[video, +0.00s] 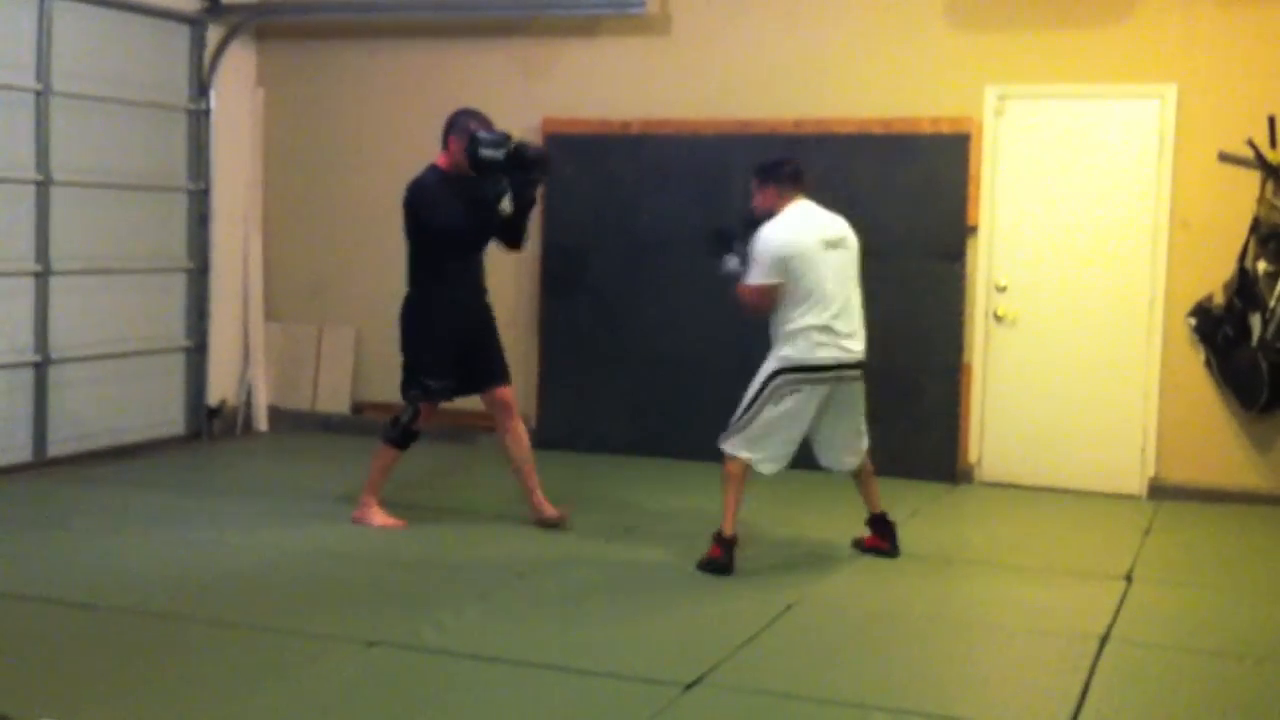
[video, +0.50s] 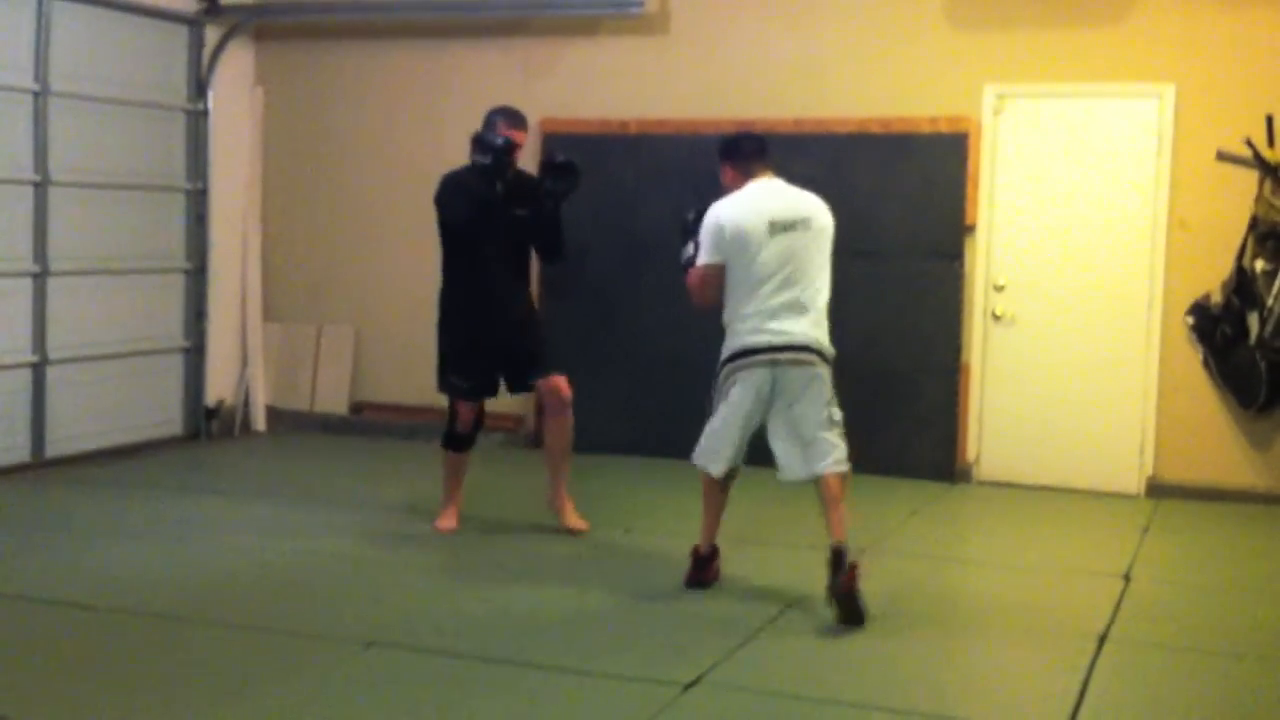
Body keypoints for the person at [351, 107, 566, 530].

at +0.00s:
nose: (481, 153)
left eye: (485, 144)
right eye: (475, 143)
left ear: (486, 147)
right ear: (452, 142)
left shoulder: (478, 187)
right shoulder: (425, 189)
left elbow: (512, 237)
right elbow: (459, 239)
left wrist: (525, 188)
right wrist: (489, 190)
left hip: (472, 311)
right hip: (429, 313)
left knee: (503, 401)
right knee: (418, 409)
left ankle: (538, 501)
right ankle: (367, 502)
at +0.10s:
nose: (490, 156)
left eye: (494, 147)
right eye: (483, 146)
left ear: (495, 151)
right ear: (461, 144)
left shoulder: (489, 194)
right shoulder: (432, 193)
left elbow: (533, 236)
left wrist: (534, 185)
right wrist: (492, 187)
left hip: (483, 317)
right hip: (439, 319)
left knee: (510, 407)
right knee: (426, 415)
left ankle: (539, 507)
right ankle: (368, 502)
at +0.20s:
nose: (503, 154)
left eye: (511, 147)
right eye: (497, 145)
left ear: (516, 150)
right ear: (477, 141)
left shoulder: (513, 189)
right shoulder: (446, 188)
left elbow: (553, 237)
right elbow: (457, 243)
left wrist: (552, 184)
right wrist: (490, 183)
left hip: (503, 316)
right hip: (456, 317)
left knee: (523, 406)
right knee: (451, 415)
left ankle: (542, 506)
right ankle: (394, 487)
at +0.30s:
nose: (511, 146)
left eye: (518, 140)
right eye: (504, 137)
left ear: (525, 143)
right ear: (485, 135)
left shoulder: (526, 187)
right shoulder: (454, 182)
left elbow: (558, 240)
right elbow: (459, 230)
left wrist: (564, 192)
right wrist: (491, 175)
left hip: (510, 310)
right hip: (463, 309)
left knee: (529, 406)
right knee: (464, 410)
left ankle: (544, 506)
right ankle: (427, 493)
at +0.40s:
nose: (510, 151)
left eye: (518, 145)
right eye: (503, 141)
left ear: (524, 146)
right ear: (485, 138)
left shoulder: (528, 189)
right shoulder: (456, 184)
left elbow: (559, 244)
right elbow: (457, 231)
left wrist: (557, 195)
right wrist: (488, 176)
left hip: (512, 309)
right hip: (463, 310)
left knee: (539, 405)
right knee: (465, 412)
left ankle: (547, 507)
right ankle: (451, 505)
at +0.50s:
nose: (509, 152)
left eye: (517, 146)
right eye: (502, 143)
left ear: (524, 148)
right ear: (482, 140)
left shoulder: (529, 189)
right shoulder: (458, 185)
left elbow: (551, 253)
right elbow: (458, 232)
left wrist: (551, 198)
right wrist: (489, 178)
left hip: (516, 311)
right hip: (466, 312)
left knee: (558, 392)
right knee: (466, 412)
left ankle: (561, 496)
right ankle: (451, 503)